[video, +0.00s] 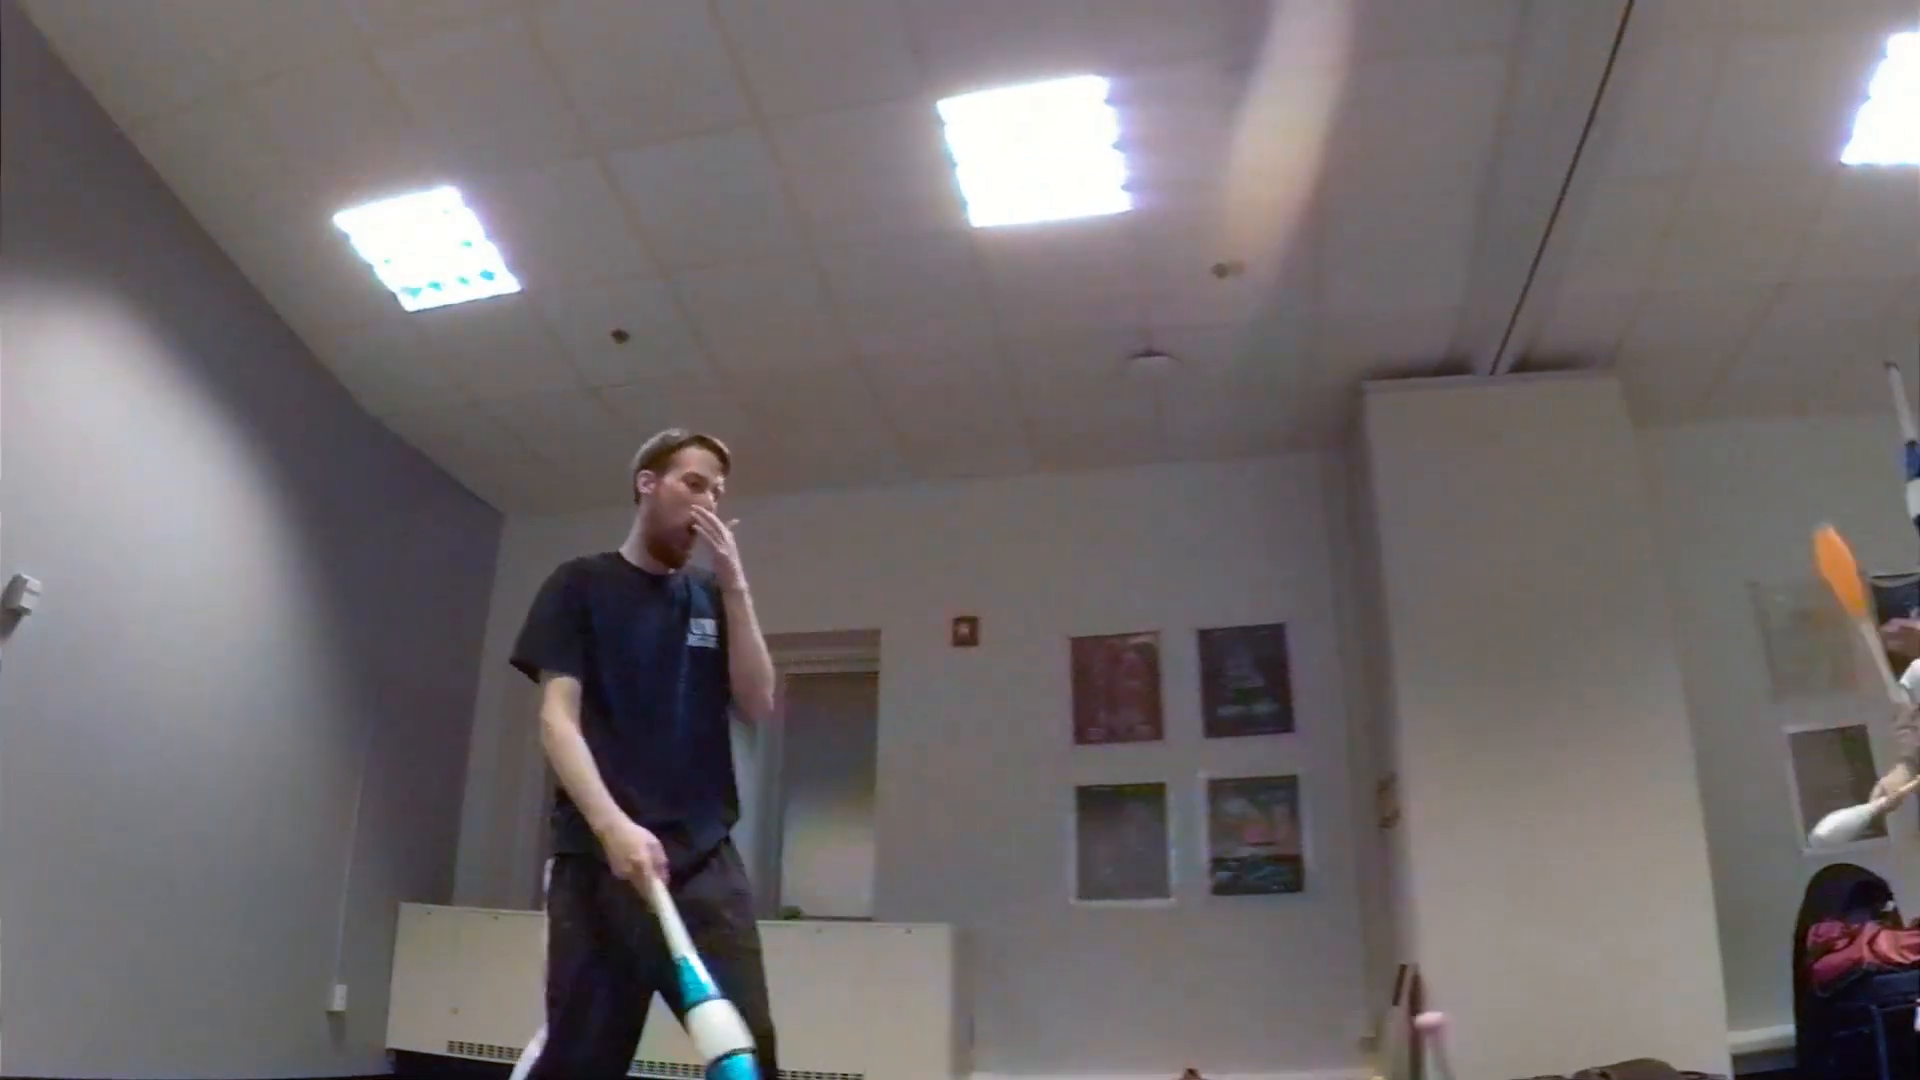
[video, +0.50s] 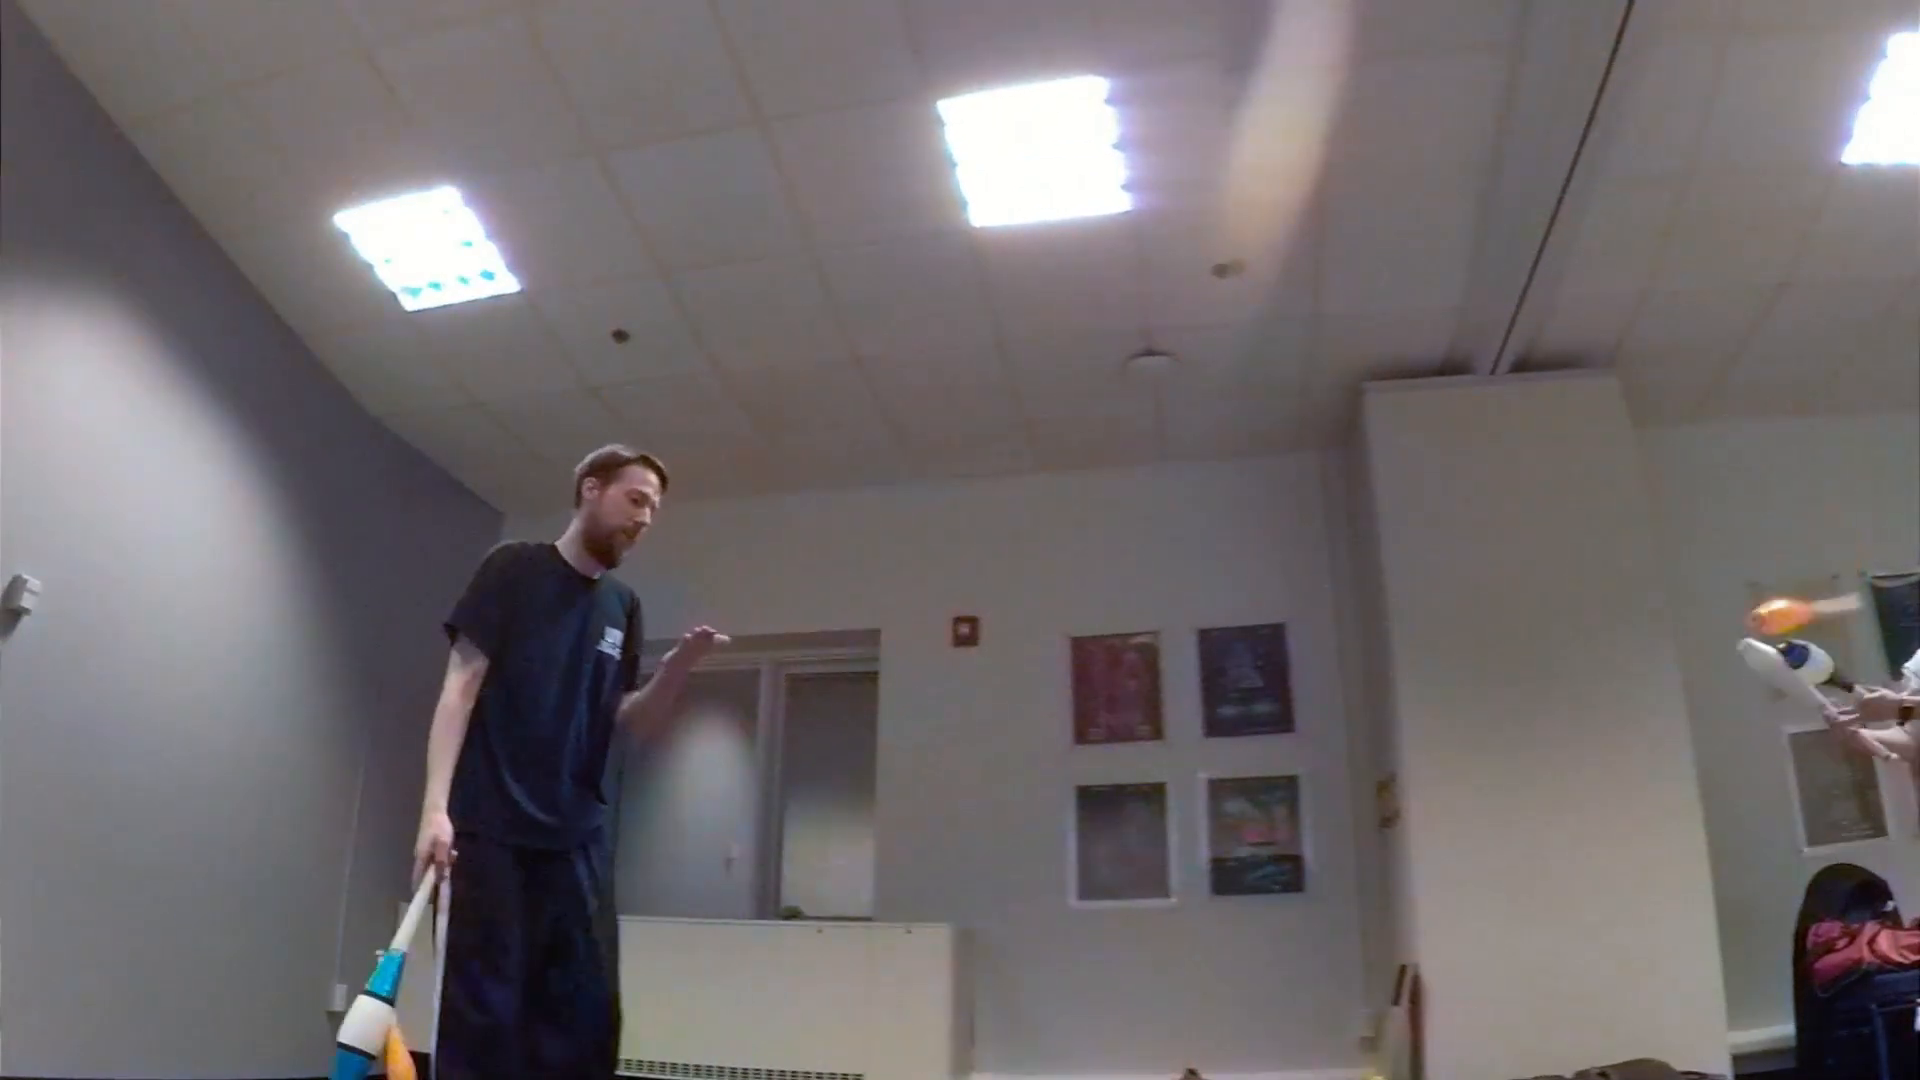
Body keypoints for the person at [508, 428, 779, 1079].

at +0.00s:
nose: (707, 501)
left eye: (716, 491)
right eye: (693, 483)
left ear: (720, 507)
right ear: (646, 485)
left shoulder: (715, 599)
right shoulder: (581, 583)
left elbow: (759, 705)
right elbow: (556, 721)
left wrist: (733, 582)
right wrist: (614, 828)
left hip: (706, 866)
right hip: (601, 865)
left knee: (748, 1051)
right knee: (584, 1057)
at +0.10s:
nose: (680, 518)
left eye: (688, 507)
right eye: (667, 497)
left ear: (691, 523)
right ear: (619, 495)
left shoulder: (677, 610)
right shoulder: (550, 592)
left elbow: (713, 729)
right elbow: (518, 725)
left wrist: (704, 610)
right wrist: (556, 842)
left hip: (657, 866)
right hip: (556, 863)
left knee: (712, 1044)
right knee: (547, 1059)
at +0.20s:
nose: (657, 520)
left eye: (666, 509)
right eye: (645, 500)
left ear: (667, 523)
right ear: (597, 497)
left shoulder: (650, 614)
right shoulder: (525, 589)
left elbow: (670, 738)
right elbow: (491, 720)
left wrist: (692, 644)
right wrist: (506, 840)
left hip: (622, 858)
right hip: (530, 855)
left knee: (675, 1029)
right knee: (528, 1045)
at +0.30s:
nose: (645, 513)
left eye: (654, 503)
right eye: (633, 494)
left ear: (654, 518)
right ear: (586, 490)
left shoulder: (634, 607)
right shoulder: (513, 579)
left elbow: (652, 726)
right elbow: (473, 707)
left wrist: (679, 666)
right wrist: (471, 831)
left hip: (602, 846)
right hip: (514, 846)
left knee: (657, 1003)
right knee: (515, 1032)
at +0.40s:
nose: (642, 514)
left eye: (651, 503)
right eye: (632, 494)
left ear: (653, 515)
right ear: (586, 486)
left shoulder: (625, 601)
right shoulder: (511, 570)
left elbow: (635, 721)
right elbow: (463, 696)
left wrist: (676, 668)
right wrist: (448, 818)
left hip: (591, 845)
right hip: (503, 843)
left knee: (631, 1011)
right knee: (498, 1032)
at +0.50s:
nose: (645, 518)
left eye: (653, 509)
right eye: (635, 499)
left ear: (653, 521)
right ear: (590, 489)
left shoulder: (621, 606)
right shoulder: (513, 568)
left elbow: (631, 721)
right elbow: (460, 687)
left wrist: (680, 667)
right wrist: (435, 809)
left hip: (575, 839)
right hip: (491, 832)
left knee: (585, 1020)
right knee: (485, 1015)